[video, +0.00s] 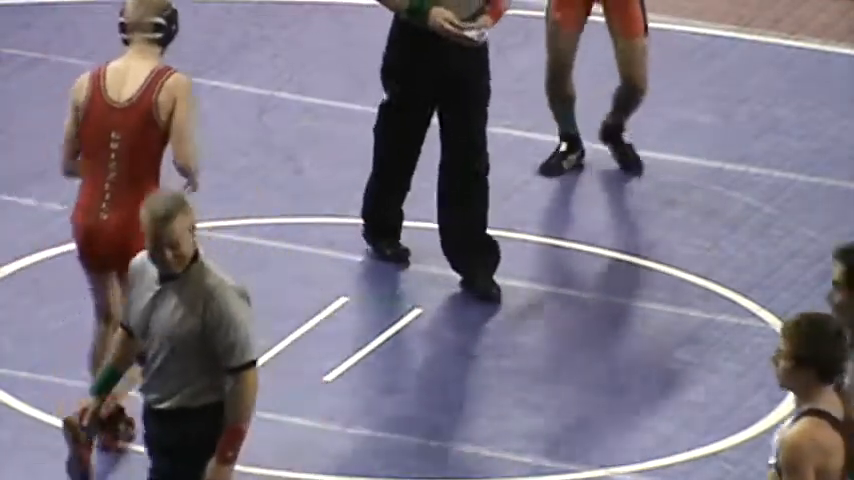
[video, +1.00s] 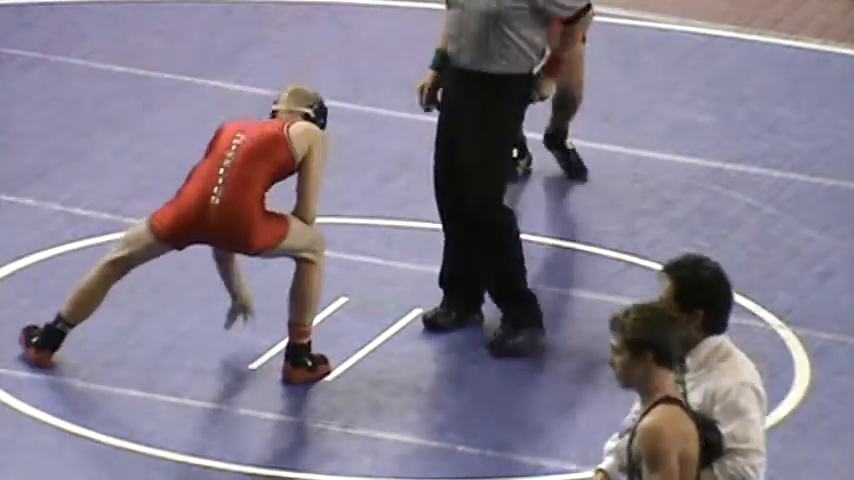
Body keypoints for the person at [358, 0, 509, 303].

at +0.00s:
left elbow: (502, 0)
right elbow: (387, 1)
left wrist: (491, 13)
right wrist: (424, 13)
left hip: (469, 49)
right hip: (415, 44)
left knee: (468, 161)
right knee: (398, 147)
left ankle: (475, 266)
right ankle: (381, 232)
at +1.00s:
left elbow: (578, 13)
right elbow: (458, 10)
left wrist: (550, 71)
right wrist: (438, 67)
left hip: (506, 73)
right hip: (462, 66)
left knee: (483, 200)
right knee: (452, 193)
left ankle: (523, 320)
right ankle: (462, 301)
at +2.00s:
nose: (503, 7)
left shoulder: (564, 6)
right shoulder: (545, 6)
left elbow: (605, 55)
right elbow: (526, 34)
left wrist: (607, 120)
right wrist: (475, 73)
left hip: (586, 113)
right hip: (582, 108)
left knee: (532, 215)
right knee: (577, 222)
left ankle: (528, 327)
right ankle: (581, 339)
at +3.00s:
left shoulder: (560, 15)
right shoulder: (593, 4)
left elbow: (598, 67)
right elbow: (563, 50)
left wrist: (587, 125)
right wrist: (528, 19)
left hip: (589, 128)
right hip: (618, 119)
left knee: (565, 226)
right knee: (596, 223)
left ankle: (563, 323)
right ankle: (590, 316)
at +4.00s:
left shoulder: (711, 22)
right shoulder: (744, 9)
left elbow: (643, 4)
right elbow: (734, 74)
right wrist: (685, 101)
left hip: (704, 151)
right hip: (722, 143)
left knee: (642, 244)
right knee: (694, 254)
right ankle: (684, 359)